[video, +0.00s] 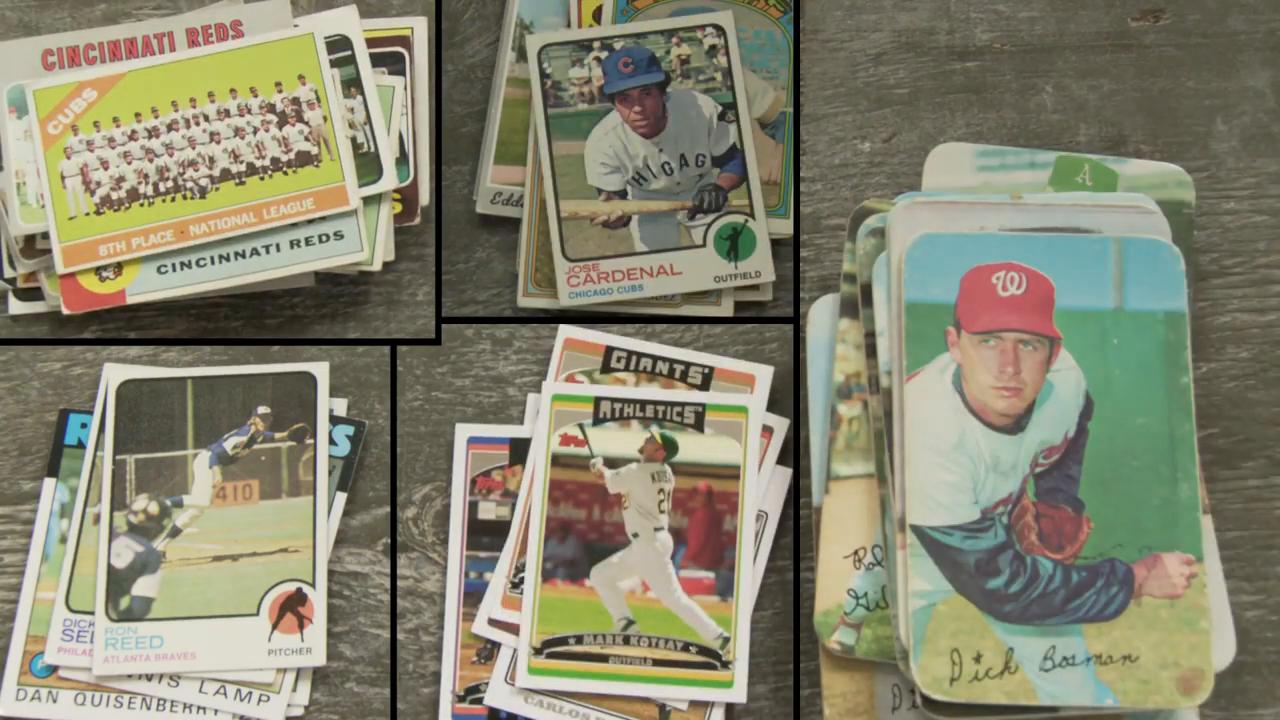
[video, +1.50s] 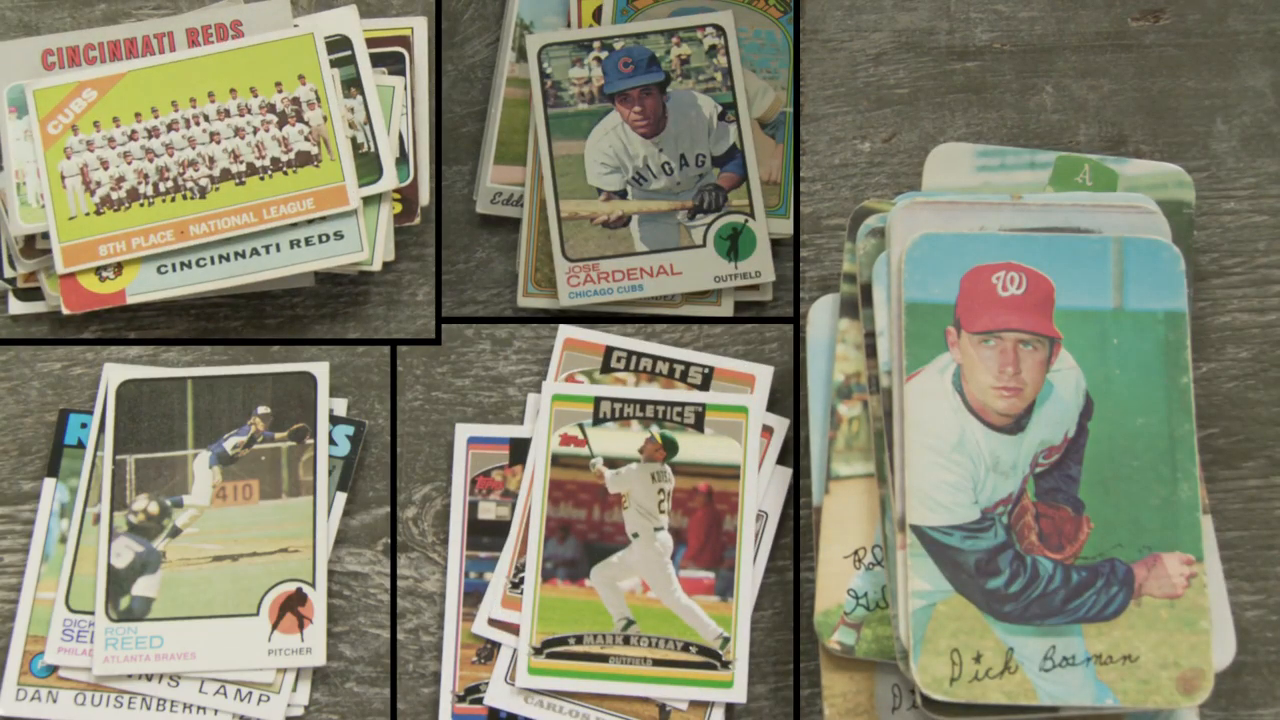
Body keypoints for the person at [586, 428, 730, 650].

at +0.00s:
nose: (645, 442)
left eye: (651, 441)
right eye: (648, 439)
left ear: (660, 453)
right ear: (661, 455)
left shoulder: (636, 472)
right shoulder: (665, 472)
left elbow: (612, 483)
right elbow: (630, 480)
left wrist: (601, 468)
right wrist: (605, 473)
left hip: (649, 542)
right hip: (659, 539)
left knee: (672, 596)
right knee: (600, 574)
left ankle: (718, 637)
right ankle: (624, 622)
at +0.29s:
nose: (645, 442)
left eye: (651, 441)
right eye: (648, 439)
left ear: (660, 454)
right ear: (661, 456)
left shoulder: (636, 472)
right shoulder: (665, 472)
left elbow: (612, 483)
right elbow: (630, 481)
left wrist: (600, 468)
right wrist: (605, 473)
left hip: (649, 542)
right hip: (657, 539)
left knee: (672, 596)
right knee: (600, 574)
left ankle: (718, 636)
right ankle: (624, 621)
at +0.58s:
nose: (645, 443)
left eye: (651, 442)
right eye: (648, 440)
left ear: (661, 454)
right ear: (661, 456)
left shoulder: (636, 471)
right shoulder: (666, 473)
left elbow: (611, 482)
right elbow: (630, 481)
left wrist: (600, 467)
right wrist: (605, 473)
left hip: (649, 542)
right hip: (658, 539)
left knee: (672, 596)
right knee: (600, 574)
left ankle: (718, 636)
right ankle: (624, 622)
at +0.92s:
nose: (645, 443)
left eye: (651, 442)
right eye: (648, 440)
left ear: (661, 454)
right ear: (661, 456)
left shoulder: (636, 471)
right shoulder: (666, 473)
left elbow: (611, 482)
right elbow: (630, 481)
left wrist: (600, 467)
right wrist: (605, 473)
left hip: (649, 542)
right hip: (658, 539)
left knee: (672, 596)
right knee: (600, 574)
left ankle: (718, 636)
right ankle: (624, 622)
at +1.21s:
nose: (645, 443)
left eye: (651, 442)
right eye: (648, 440)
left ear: (661, 454)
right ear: (661, 456)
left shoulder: (636, 471)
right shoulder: (666, 473)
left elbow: (611, 482)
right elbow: (630, 481)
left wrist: (600, 467)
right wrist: (605, 473)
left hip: (649, 542)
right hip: (658, 539)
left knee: (672, 596)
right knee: (600, 574)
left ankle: (718, 636)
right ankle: (624, 622)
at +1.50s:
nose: (645, 443)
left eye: (651, 442)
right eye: (648, 440)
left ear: (661, 454)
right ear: (661, 456)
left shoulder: (636, 471)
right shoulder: (666, 473)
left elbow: (611, 482)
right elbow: (630, 481)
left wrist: (600, 467)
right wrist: (605, 473)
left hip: (649, 542)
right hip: (658, 539)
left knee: (672, 596)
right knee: (600, 574)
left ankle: (718, 636)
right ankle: (624, 622)